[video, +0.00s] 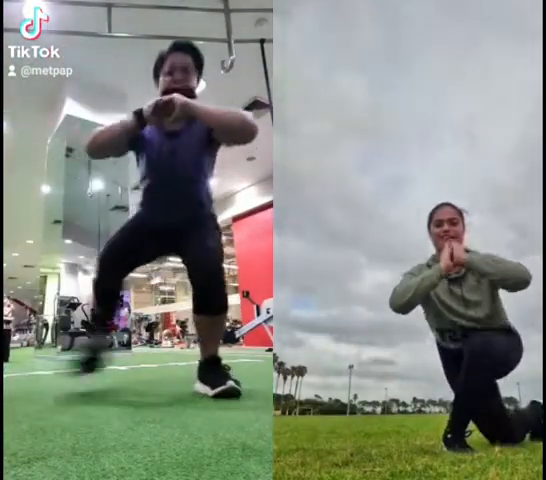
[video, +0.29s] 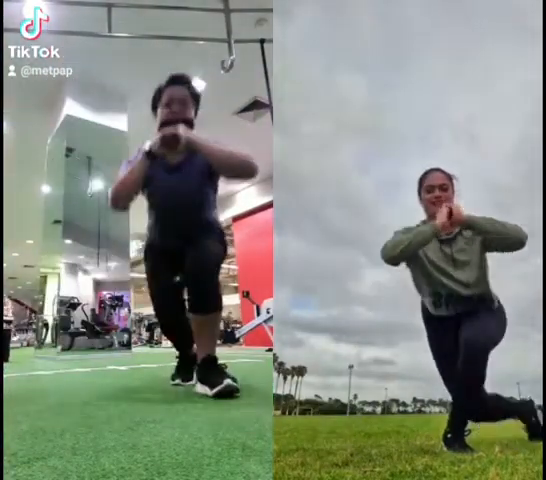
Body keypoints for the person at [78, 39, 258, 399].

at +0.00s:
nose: (176, 78)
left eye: (185, 72)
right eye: (169, 72)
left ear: (197, 80)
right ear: (157, 80)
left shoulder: (207, 123)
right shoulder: (143, 125)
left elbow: (247, 130)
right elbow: (94, 147)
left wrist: (193, 109)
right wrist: (138, 120)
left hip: (197, 224)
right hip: (152, 222)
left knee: (210, 281)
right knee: (110, 262)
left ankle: (211, 367)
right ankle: (99, 334)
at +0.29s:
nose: (174, 112)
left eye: (182, 106)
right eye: (168, 105)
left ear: (194, 115)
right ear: (156, 113)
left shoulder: (204, 154)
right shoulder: (144, 158)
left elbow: (249, 169)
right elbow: (118, 200)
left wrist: (192, 141)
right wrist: (148, 156)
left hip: (204, 236)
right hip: (161, 239)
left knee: (202, 277)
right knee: (166, 309)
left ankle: (207, 363)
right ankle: (186, 354)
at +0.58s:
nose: (164, 107)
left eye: (171, 100)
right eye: (157, 100)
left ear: (184, 109)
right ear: (146, 110)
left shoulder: (196, 148)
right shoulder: (137, 157)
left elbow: (240, 174)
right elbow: (114, 199)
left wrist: (185, 148)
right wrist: (140, 156)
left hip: (201, 236)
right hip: (159, 242)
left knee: (202, 275)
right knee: (166, 313)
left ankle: (207, 364)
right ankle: (185, 354)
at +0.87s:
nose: (148, 58)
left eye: (157, 51)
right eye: (141, 52)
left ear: (169, 59)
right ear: (130, 60)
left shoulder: (183, 102)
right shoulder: (120, 109)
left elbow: (225, 114)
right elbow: (77, 138)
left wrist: (170, 92)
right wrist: (114, 99)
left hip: (181, 208)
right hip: (136, 208)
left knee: (194, 276)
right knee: (97, 256)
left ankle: (206, 366)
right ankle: (91, 343)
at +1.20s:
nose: (109, 60)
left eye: (118, 53)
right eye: (101, 53)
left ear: (132, 62)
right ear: (89, 61)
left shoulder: (141, 110)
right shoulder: (76, 113)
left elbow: (177, 137)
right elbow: (34, 145)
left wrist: (126, 99)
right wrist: (73, 103)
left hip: (142, 218)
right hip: (91, 218)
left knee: (177, 284)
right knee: (58, 276)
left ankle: (205, 368)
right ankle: (51, 372)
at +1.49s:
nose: (74, 30)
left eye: (83, 24)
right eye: (67, 22)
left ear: (96, 33)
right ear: (54, 27)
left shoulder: (106, 77)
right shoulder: (40, 76)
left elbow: (146, 104)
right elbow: (8, 110)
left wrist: (94, 65)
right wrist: (24, 72)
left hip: (104, 195)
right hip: (54, 194)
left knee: (124, 273)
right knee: (44, 278)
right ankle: (51, 371)